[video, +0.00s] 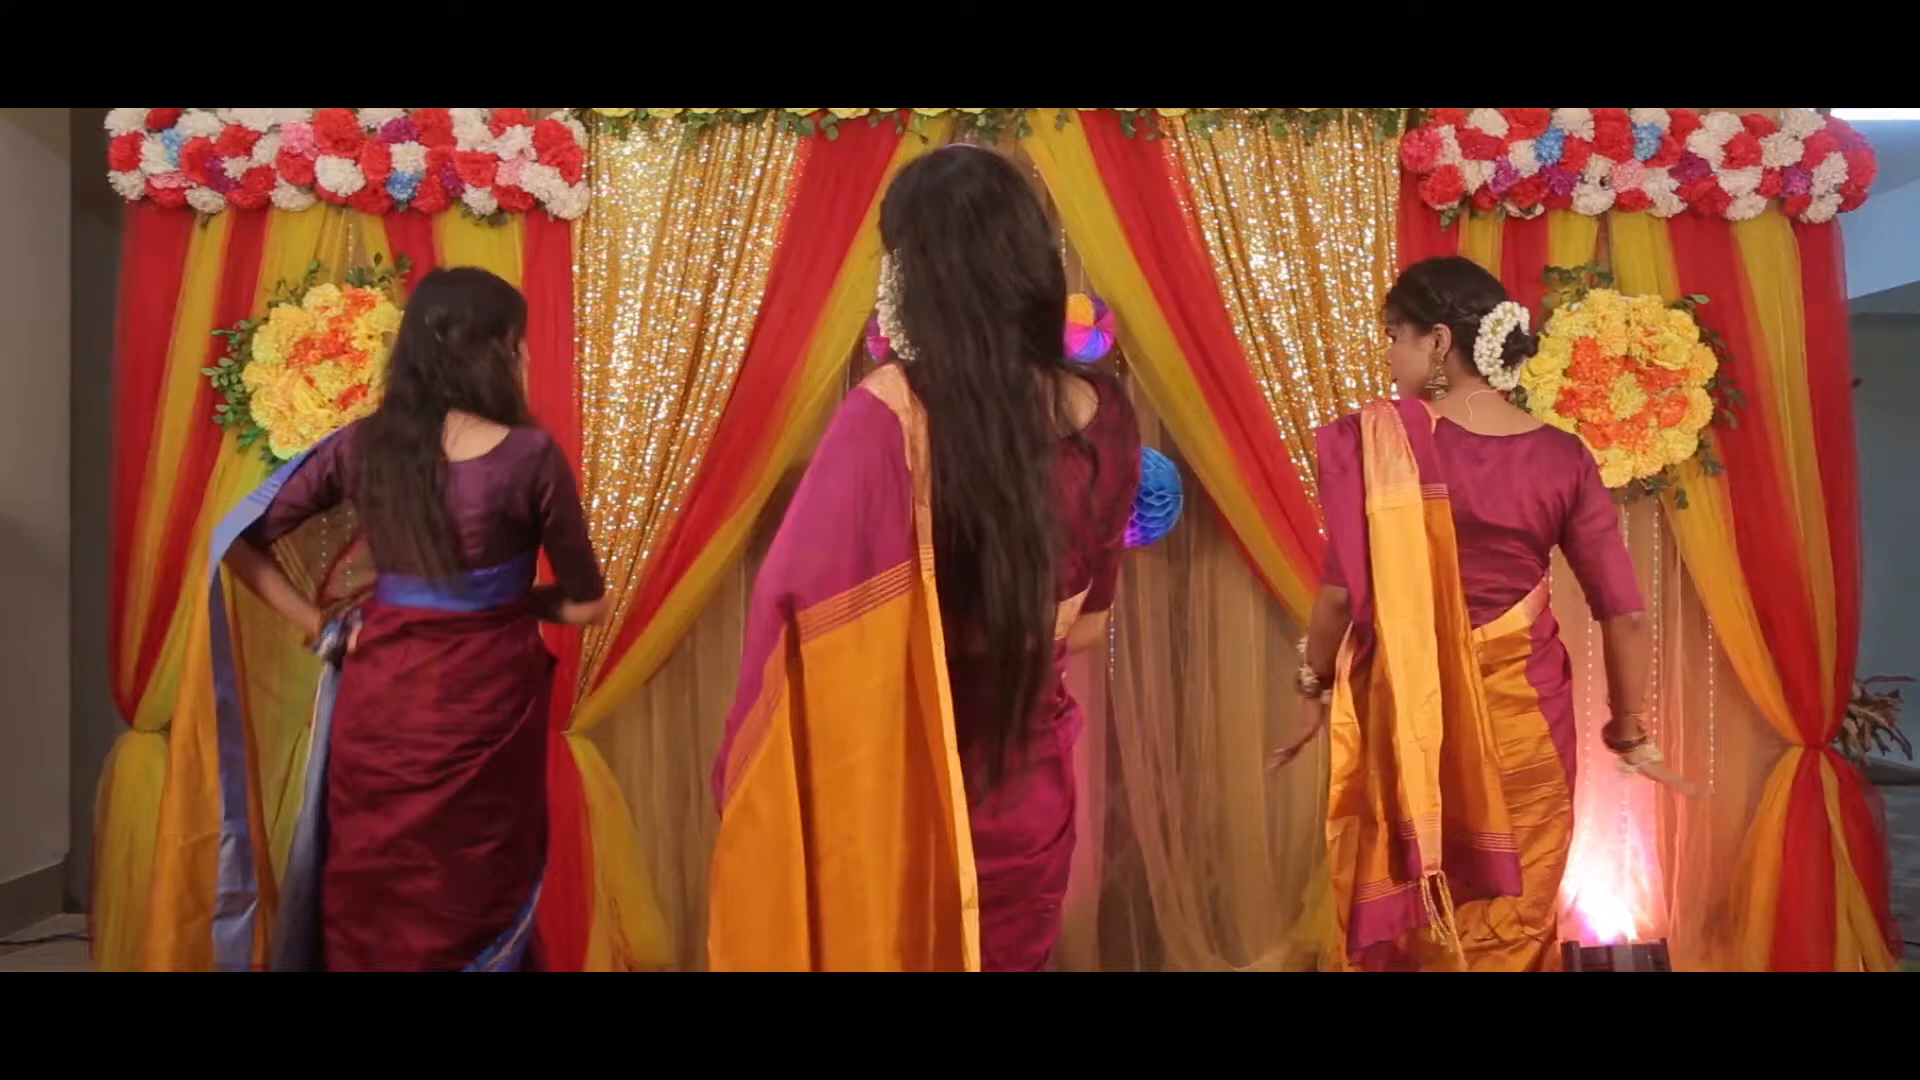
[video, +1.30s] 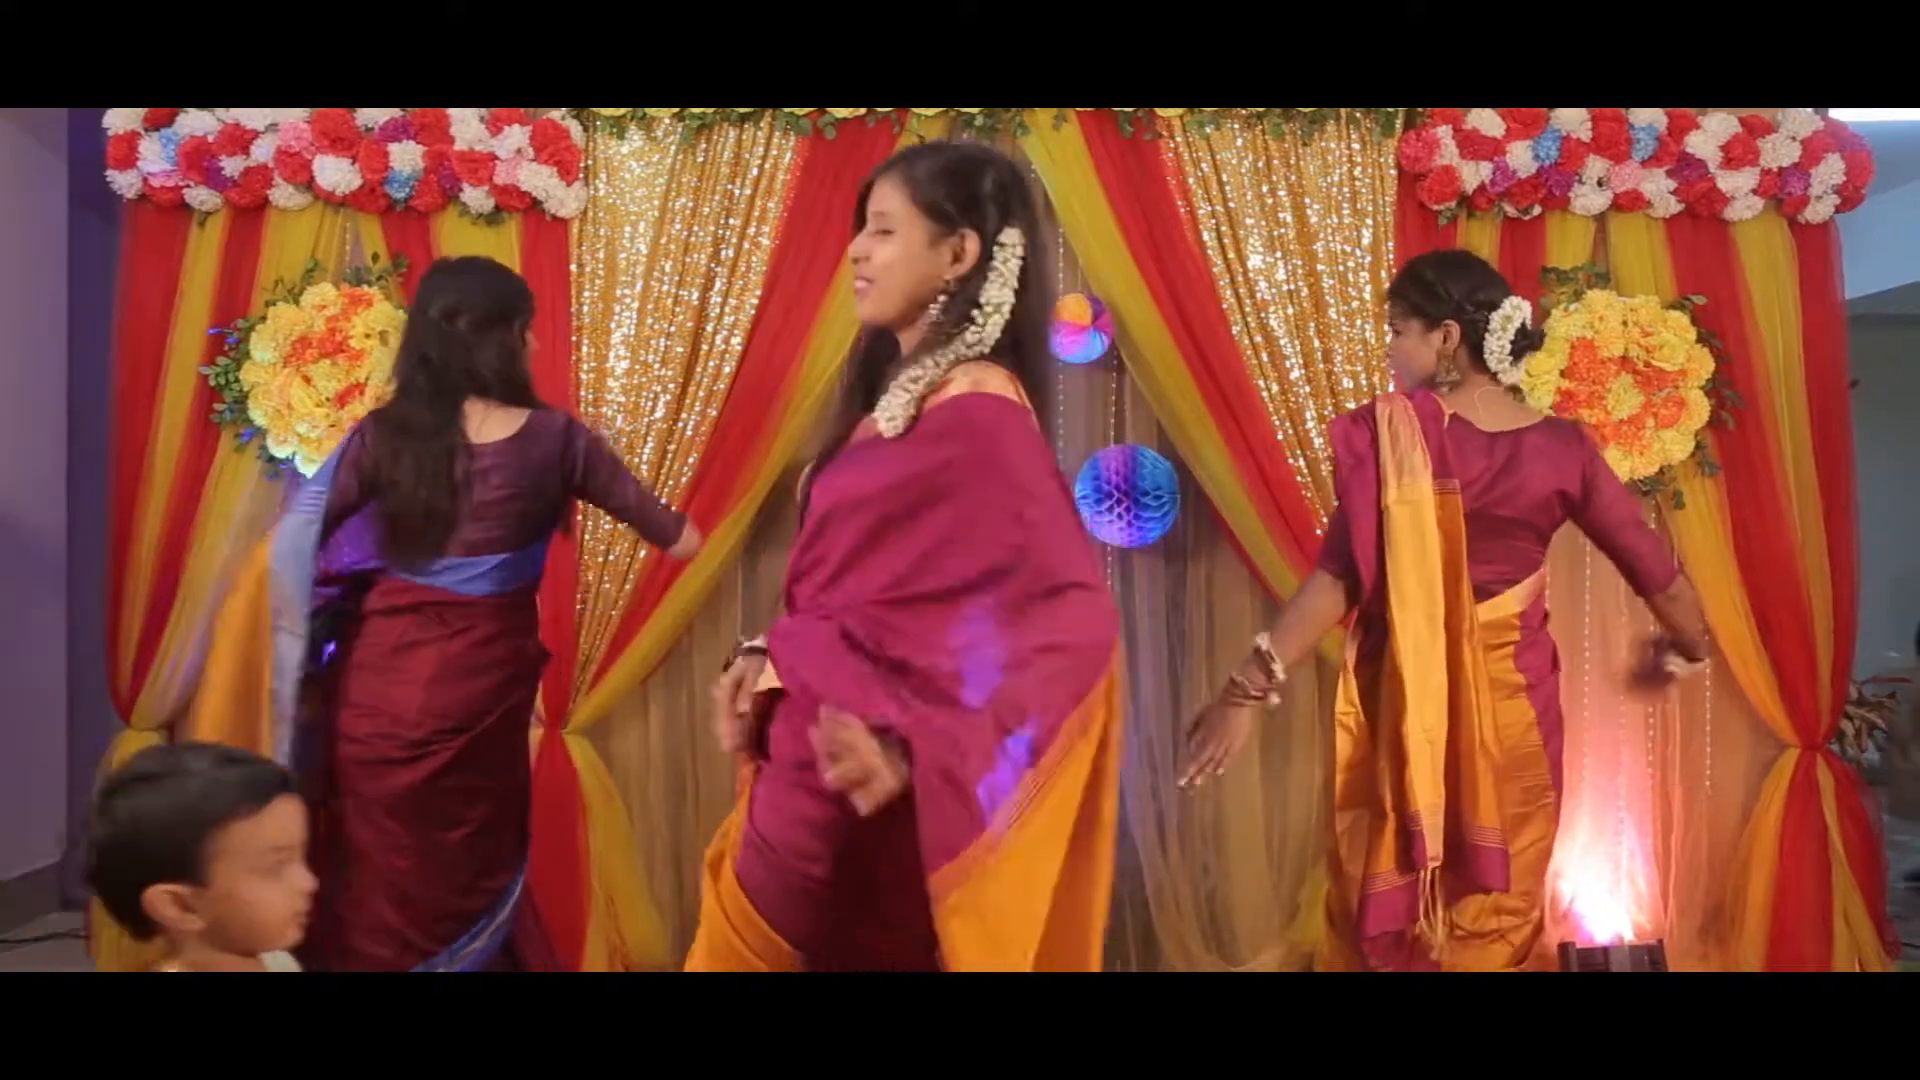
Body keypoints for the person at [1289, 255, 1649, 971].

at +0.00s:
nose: (1389, 359)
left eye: (1394, 337)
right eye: (1389, 338)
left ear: (1439, 340)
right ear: (1474, 339)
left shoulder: (1371, 442)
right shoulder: (1559, 455)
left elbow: (1343, 591)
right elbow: (1622, 608)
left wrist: (1315, 679)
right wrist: (1626, 720)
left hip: (1401, 715)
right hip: (1523, 716)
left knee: (1402, 921)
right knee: (1515, 919)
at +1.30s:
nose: (1388, 350)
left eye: (1397, 330)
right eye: (1389, 330)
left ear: (1450, 337)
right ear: (1465, 337)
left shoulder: (1377, 434)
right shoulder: (1558, 443)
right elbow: (1654, 566)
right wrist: (1691, 648)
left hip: (1394, 707)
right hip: (1516, 707)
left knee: (1384, 917)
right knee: (1502, 916)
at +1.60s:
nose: (1382, 344)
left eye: (1391, 325)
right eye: (1382, 326)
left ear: (1446, 330)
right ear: (1457, 330)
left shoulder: (1415, 425)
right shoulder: (1550, 426)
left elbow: (1361, 538)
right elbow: (1625, 451)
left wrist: (1263, 594)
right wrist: (1644, 371)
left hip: (1391, 664)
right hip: (1493, 665)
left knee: (1353, 843)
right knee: (1473, 845)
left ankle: (1367, 958)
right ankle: (1468, 961)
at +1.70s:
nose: (1383, 347)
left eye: (1394, 329)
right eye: (1382, 328)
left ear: (1449, 334)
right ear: (1455, 336)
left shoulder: (1421, 426)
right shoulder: (1538, 426)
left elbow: (1388, 551)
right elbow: (1594, 448)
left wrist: (1293, 603)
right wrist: (1599, 340)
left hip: (1379, 659)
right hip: (1482, 665)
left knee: (1335, 864)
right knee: (1466, 858)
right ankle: (1458, 964)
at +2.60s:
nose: (1371, 365)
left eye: (1391, 348)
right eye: (1365, 347)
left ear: (1445, 359)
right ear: (1361, 355)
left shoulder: (1472, 447)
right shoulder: (1394, 460)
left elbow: (1511, 571)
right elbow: (1337, 465)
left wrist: (1494, 625)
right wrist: (1320, 368)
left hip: (1422, 697)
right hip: (1357, 698)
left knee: (1309, 880)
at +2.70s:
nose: (1371, 366)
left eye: (1393, 348)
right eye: (1365, 348)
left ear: (1446, 359)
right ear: (1357, 354)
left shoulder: (1477, 443)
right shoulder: (1392, 458)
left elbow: (1511, 557)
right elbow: (1326, 465)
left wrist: (1520, 619)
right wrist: (1293, 377)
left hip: (1427, 700)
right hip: (1366, 700)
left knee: (1328, 894)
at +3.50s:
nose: (1388, 359)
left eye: (1411, 341)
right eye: (1375, 340)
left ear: (1452, 357)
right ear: (1359, 350)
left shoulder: (1507, 446)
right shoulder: (1353, 465)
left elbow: (1556, 589)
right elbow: (1231, 466)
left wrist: (1597, 660)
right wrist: (1179, 374)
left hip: (1464, 703)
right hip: (1360, 710)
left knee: (1410, 893)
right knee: (1345, 891)